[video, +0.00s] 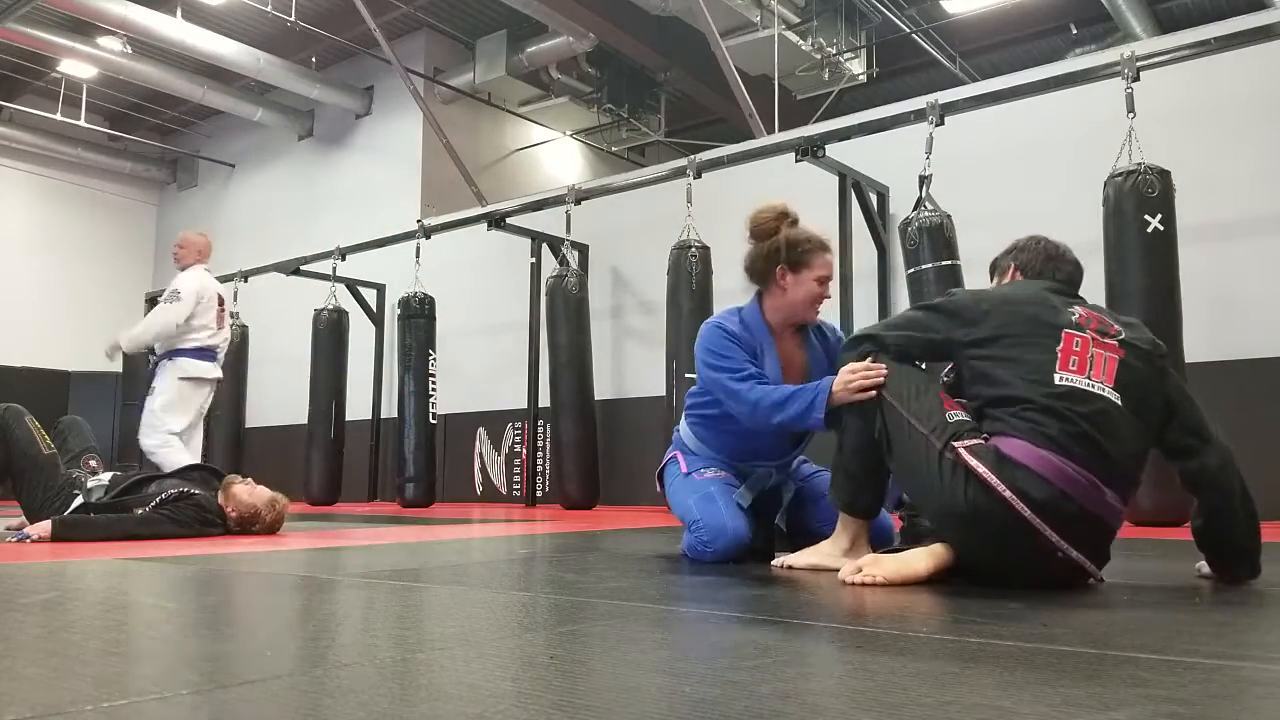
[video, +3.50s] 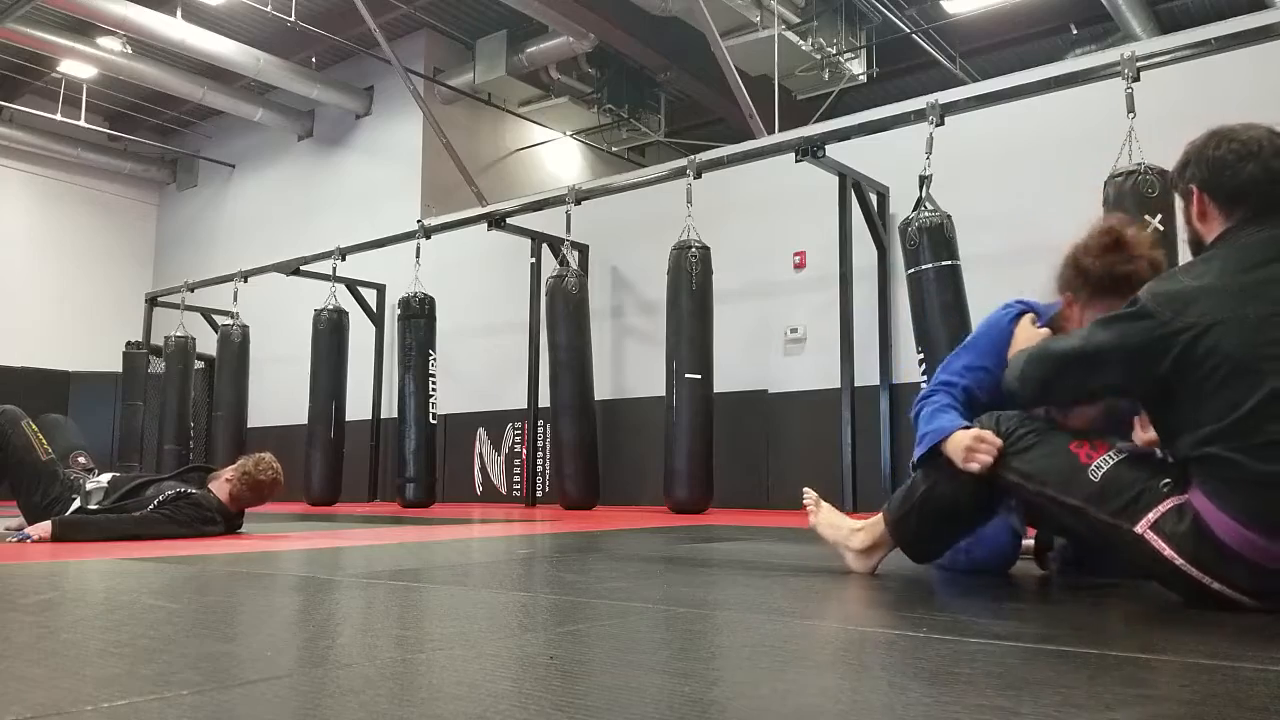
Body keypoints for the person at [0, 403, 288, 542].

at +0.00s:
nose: (247, 477)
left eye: (249, 489)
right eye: (255, 483)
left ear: (235, 511)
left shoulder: (199, 514)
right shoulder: (218, 485)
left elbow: (129, 525)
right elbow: (157, 479)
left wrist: (58, 526)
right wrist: (115, 479)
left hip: (69, 499)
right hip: (102, 482)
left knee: (11, 414)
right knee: (70, 422)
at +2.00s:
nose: (219, 461)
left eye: (226, 462)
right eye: (226, 459)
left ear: (229, 477)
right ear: (236, 486)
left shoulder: (198, 512)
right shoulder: (213, 495)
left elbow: (129, 524)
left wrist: (54, 526)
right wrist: (109, 479)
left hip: (66, 502)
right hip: (98, 486)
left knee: (11, 415)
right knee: (66, 422)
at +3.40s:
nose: (227, 466)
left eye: (232, 467)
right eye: (233, 465)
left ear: (233, 474)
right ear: (255, 503)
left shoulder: (199, 513)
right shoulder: (215, 492)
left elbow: (131, 524)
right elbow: (150, 488)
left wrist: (55, 527)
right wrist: (110, 480)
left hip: (65, 504)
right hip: (95, 488)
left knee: (9, 418)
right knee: (50, 421)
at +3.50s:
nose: (226, 465)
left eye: (232, 467)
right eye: (233, 464)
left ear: (231, 473)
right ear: (256, 502)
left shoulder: (200, 512)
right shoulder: (215, 494)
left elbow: (131, 524)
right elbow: (150, 487)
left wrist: (56, 527)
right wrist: (106, 479)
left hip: (66, 503)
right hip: (95, 487)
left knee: (10, 418)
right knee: (56, 422)